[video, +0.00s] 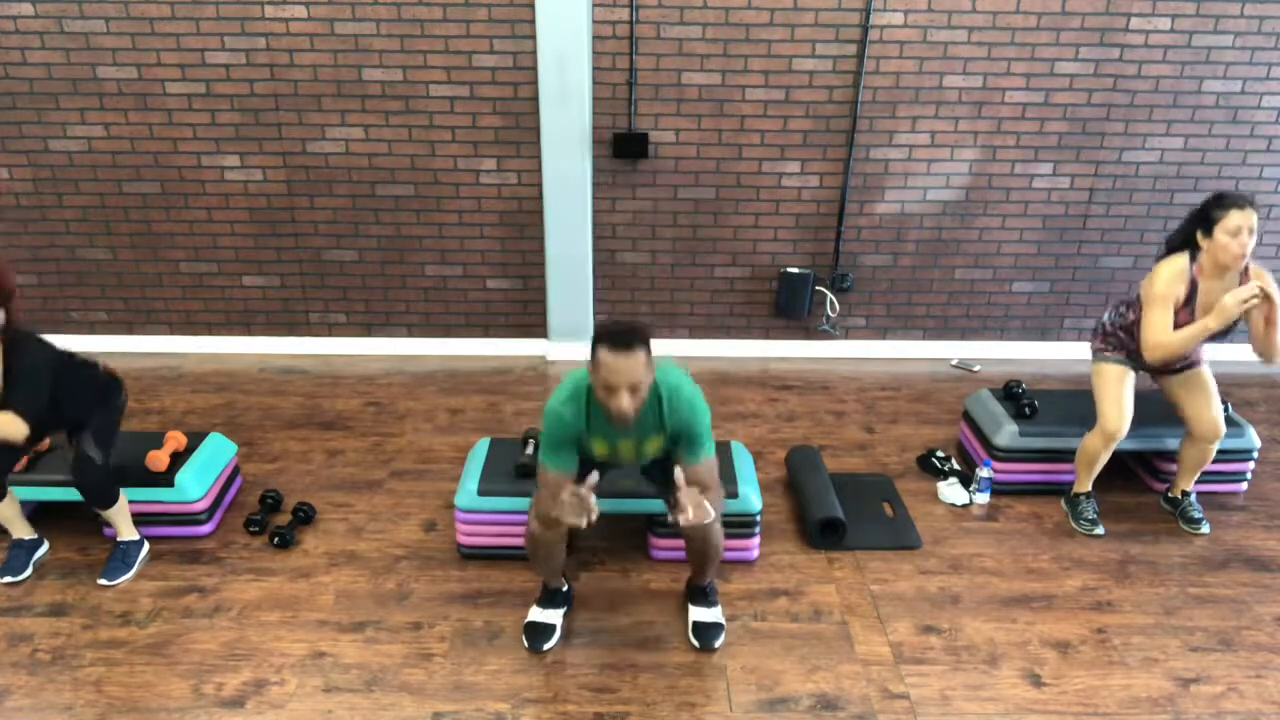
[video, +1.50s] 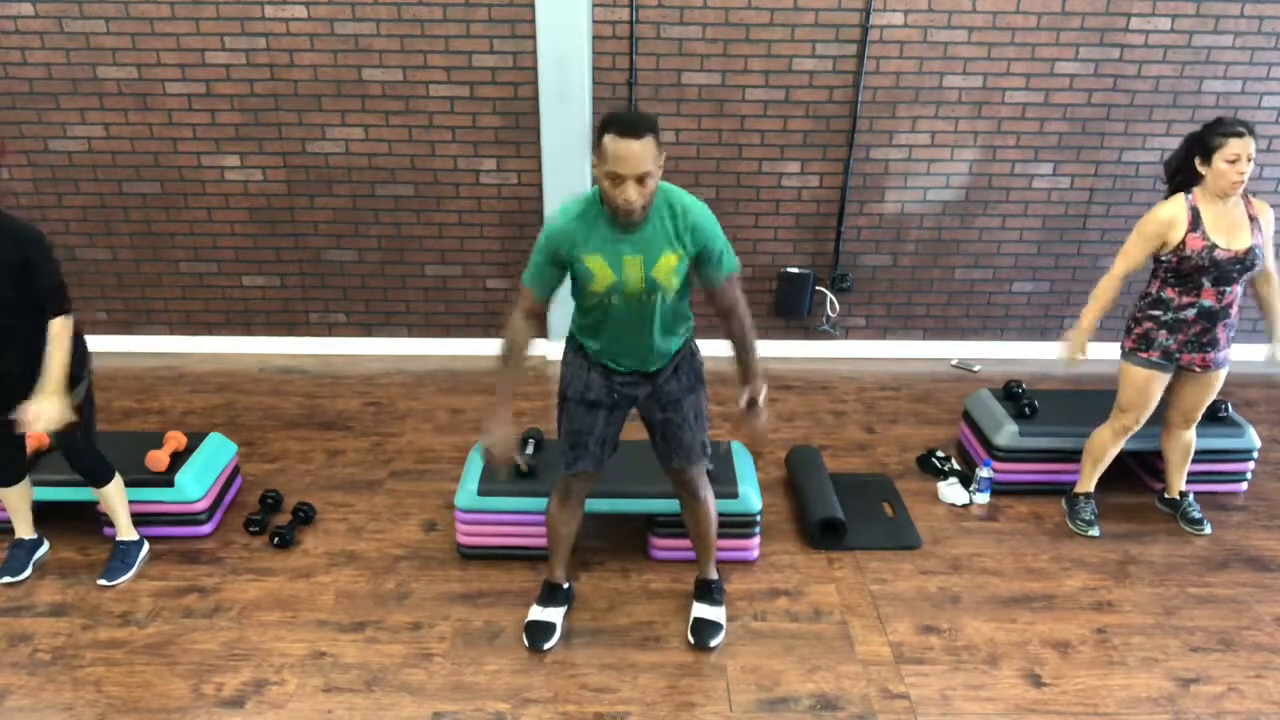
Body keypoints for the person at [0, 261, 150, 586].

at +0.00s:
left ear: (6, 314)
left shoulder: (24, 349)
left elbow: (17, 428)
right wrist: (31, 438)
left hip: (96, 396)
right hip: (48, 407)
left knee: (87, 473)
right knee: (1, 474)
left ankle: (131, 540)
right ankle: (25, 538)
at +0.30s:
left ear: (5, 352)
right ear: (4, 353)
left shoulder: (33, 375)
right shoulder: (6, 382)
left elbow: (19, 452)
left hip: (104, 415)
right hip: (57, 424)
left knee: (85, 487)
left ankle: (131, 541)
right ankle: (26, 539)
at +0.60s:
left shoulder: (22, 288)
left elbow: (13, 369)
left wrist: (2, 436)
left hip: (80, 370)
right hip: (31, 376)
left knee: (80, 467)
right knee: (0, 465)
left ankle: (130, 540)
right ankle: (26, 540)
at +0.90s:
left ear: (7, 183)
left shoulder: (29, 232)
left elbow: (77, 295)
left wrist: (111, 353)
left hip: (47, 360)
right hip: (5, 370)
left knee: (80, 450)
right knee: (7, 458)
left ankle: (129, 539)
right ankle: (26, 539)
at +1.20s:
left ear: (4, 195)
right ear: (3, 195)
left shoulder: (32, 234)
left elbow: (83, 276)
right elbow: (83, 274)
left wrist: (117, 312)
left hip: (38, 363)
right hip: (1, 373)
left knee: (76, 450)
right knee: (7, 459)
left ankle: (129, 539)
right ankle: (26, 539)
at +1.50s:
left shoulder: (20, 239)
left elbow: (59, 315)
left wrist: (51, 390)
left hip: (54, 362)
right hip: (7, 371)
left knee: (79, 449)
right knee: (6, 458)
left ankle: (129, 538)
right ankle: (26, 539)